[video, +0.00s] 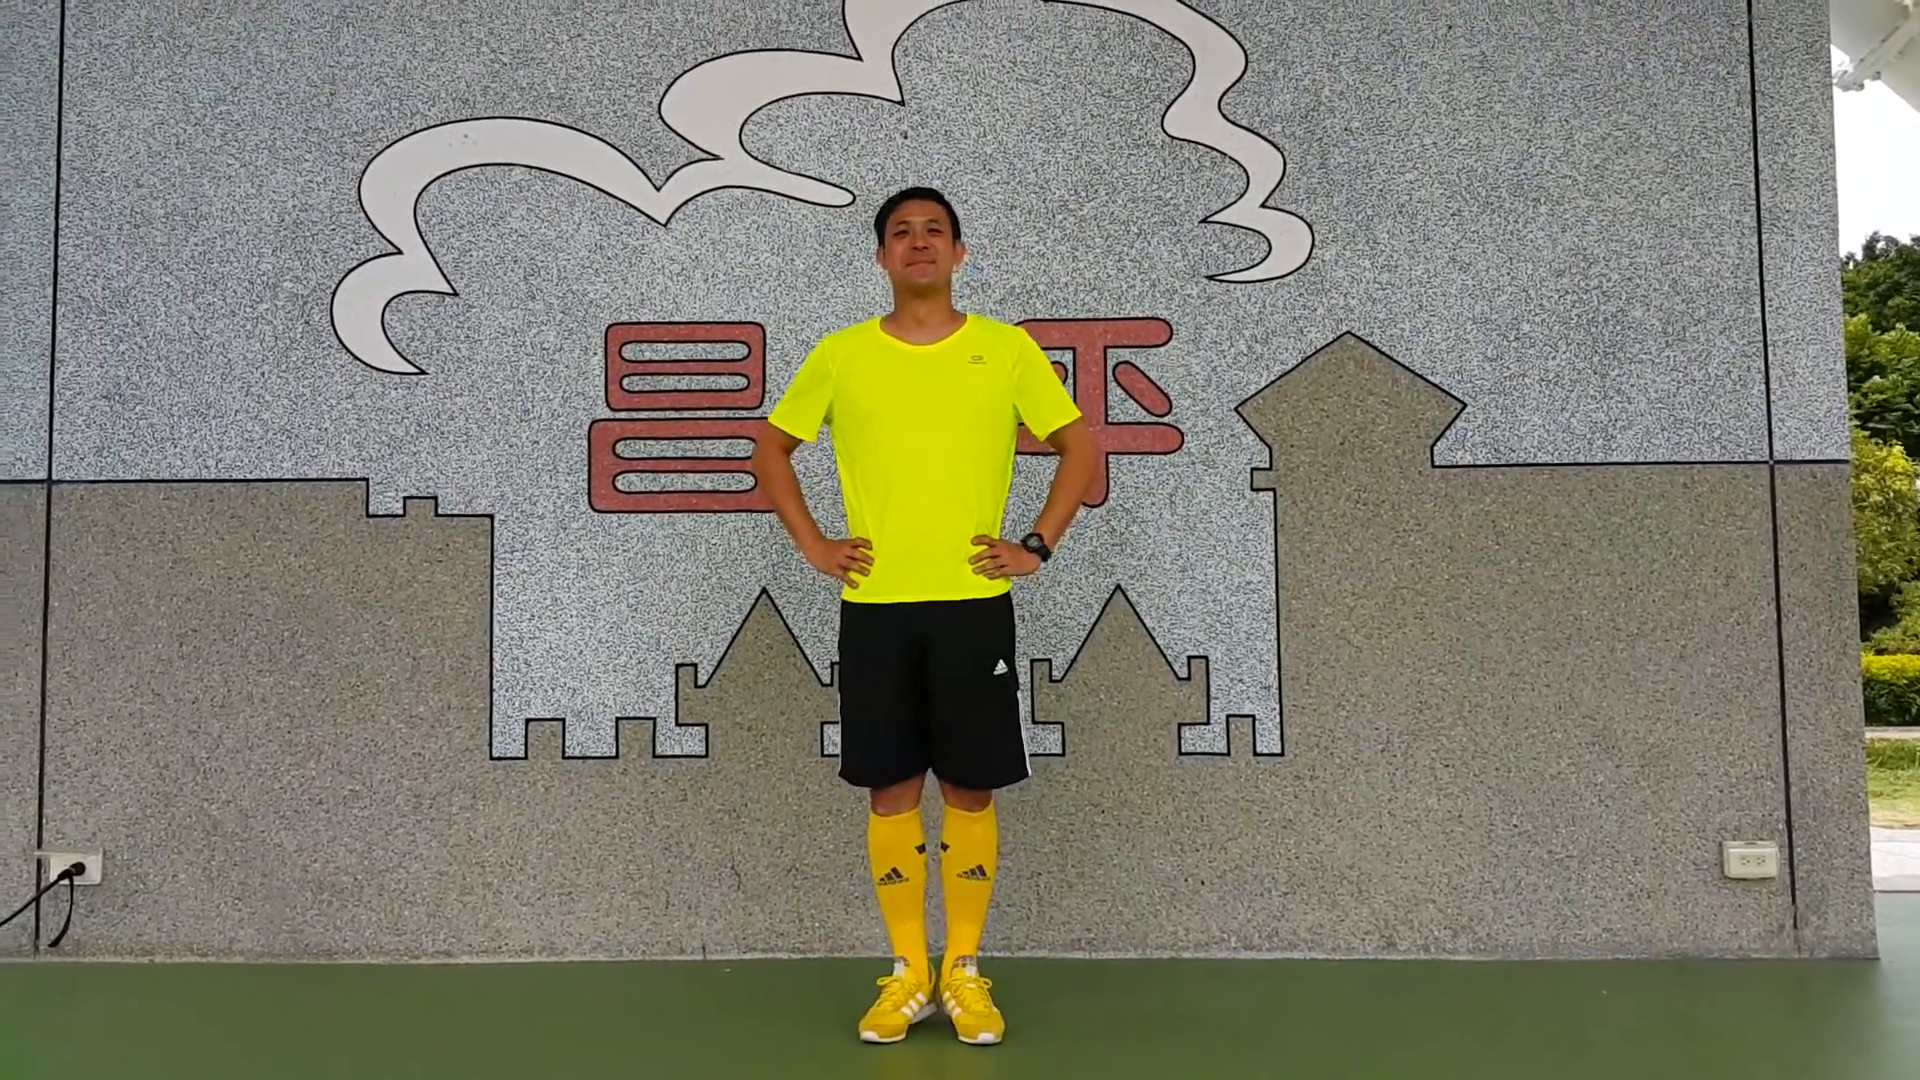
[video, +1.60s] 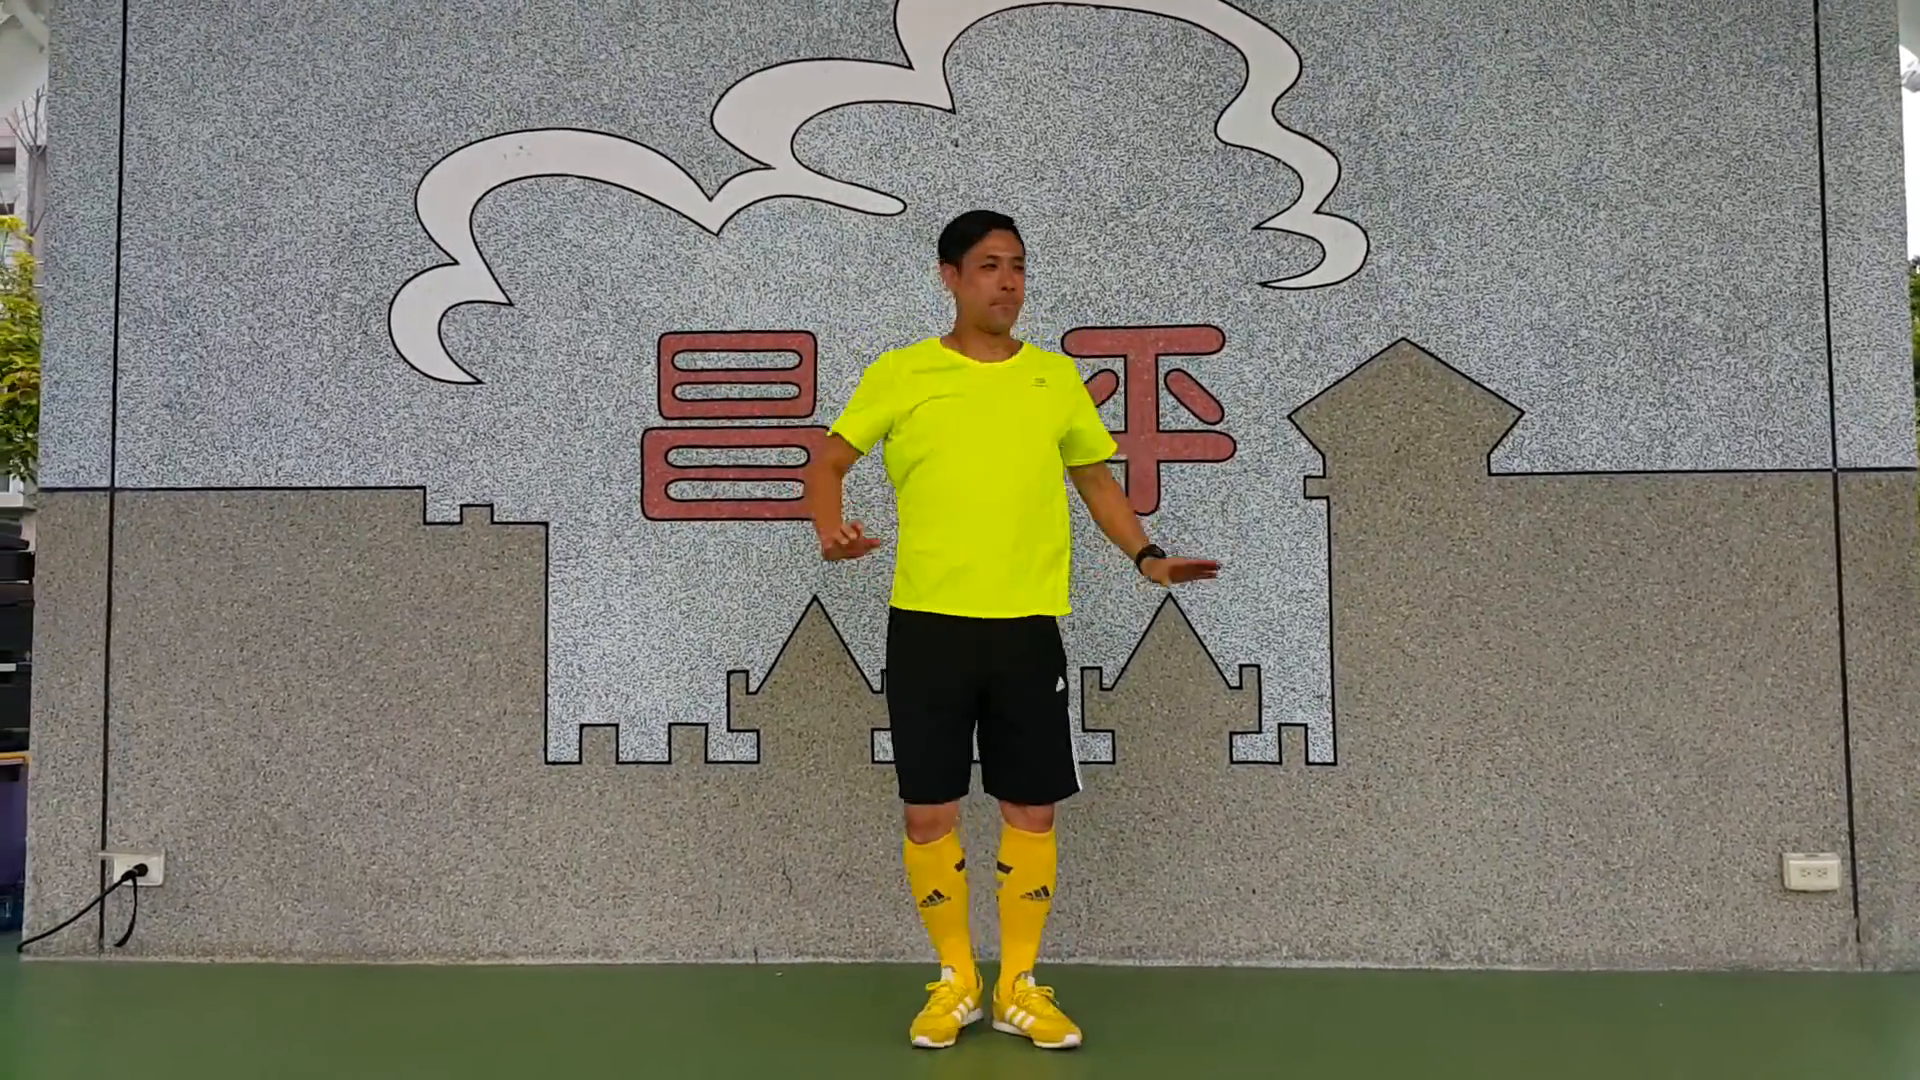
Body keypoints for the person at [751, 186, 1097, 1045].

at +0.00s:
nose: (919, 243)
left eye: (934, 232)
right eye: (902, 233)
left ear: (959, 253)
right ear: (881, 258)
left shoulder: (1007, 348)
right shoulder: (842, 354)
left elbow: (1083, 447)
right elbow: (768, 448)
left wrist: (1038, 544)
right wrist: (812, 543)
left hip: (973, 600)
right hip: (877, 602)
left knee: (968, 785)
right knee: (891, 787)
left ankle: (964, 971)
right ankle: (909, 974)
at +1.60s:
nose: (1009, 280)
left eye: (1017, 267)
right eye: (989, 266)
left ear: (1026, 282)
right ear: (949, 279)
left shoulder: (1057, 378)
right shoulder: (897, 375)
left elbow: (1097, 481)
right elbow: (826, 465)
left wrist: (1148, 556)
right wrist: (832, 524)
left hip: (1029, 624)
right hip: (927, 623)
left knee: (1032, 804)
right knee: (928, 807)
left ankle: (1018, 986)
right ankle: (955, 978)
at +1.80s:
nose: (1029, 292)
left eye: (1031, 279)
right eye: (1013, 277)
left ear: (1023, 287)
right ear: (970, 281)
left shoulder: (1046, 372)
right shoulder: (924, 352)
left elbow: (1134, 386)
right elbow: (939, 368)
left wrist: (1173, 318)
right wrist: (1025, 272)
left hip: (1016, 617)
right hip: (928, 611)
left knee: (1044, 803)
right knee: (894, 798)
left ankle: (1029, 986)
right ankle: (804, 941)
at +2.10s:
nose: (1002, 339)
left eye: (1002, 328)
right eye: (987, 319)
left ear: (985, 341)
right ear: (953, 333)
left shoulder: (980, 415)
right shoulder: (932, 401)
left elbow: (1023, 321)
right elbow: (985, 278)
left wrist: (1075, 229)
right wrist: (1032, 165)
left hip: (983, 688)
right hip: (909, 673)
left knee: (1079, 824)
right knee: (805, 843)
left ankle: (1044, 999)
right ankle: (669, 992)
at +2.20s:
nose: (1017, 321)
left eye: (1016, 311)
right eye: (1001, 309)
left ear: (1008, 331)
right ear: (964, 321)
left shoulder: (1001, 395)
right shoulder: (938, 386)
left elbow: (1053, 314)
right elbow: (983, 270)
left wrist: (1101, 222)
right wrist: (1029, 157)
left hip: (1004, 665)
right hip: (926, 652)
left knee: (1083, 826)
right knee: (829, 830)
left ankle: (1051, 1001)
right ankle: (693, 978)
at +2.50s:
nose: (999, 271)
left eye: (1013, 257)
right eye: (983, 262)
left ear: (1043, 272)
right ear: (967, 286)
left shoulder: (1091, 363)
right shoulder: (937, 365)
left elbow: (1181, 437)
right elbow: (868, 450)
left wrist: (1170, 364)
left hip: (1045, 612)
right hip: (942, 607)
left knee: (1063, 809)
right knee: (917, 802)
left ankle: (1052, 999)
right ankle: (923, 997)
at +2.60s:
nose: (962, 291)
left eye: (979, 274)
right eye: (956, 280)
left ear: (1026, 281)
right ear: (952, 297)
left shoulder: (1081, 378)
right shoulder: (928, 396)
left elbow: (1119, 498)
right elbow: (891, 511)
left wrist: (1106, 454)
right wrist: (842, 473)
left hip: (1048, 634)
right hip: (942, 633)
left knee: (1071, 823)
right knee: (922, 817)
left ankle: (1050, 1000)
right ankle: (927, 1011)